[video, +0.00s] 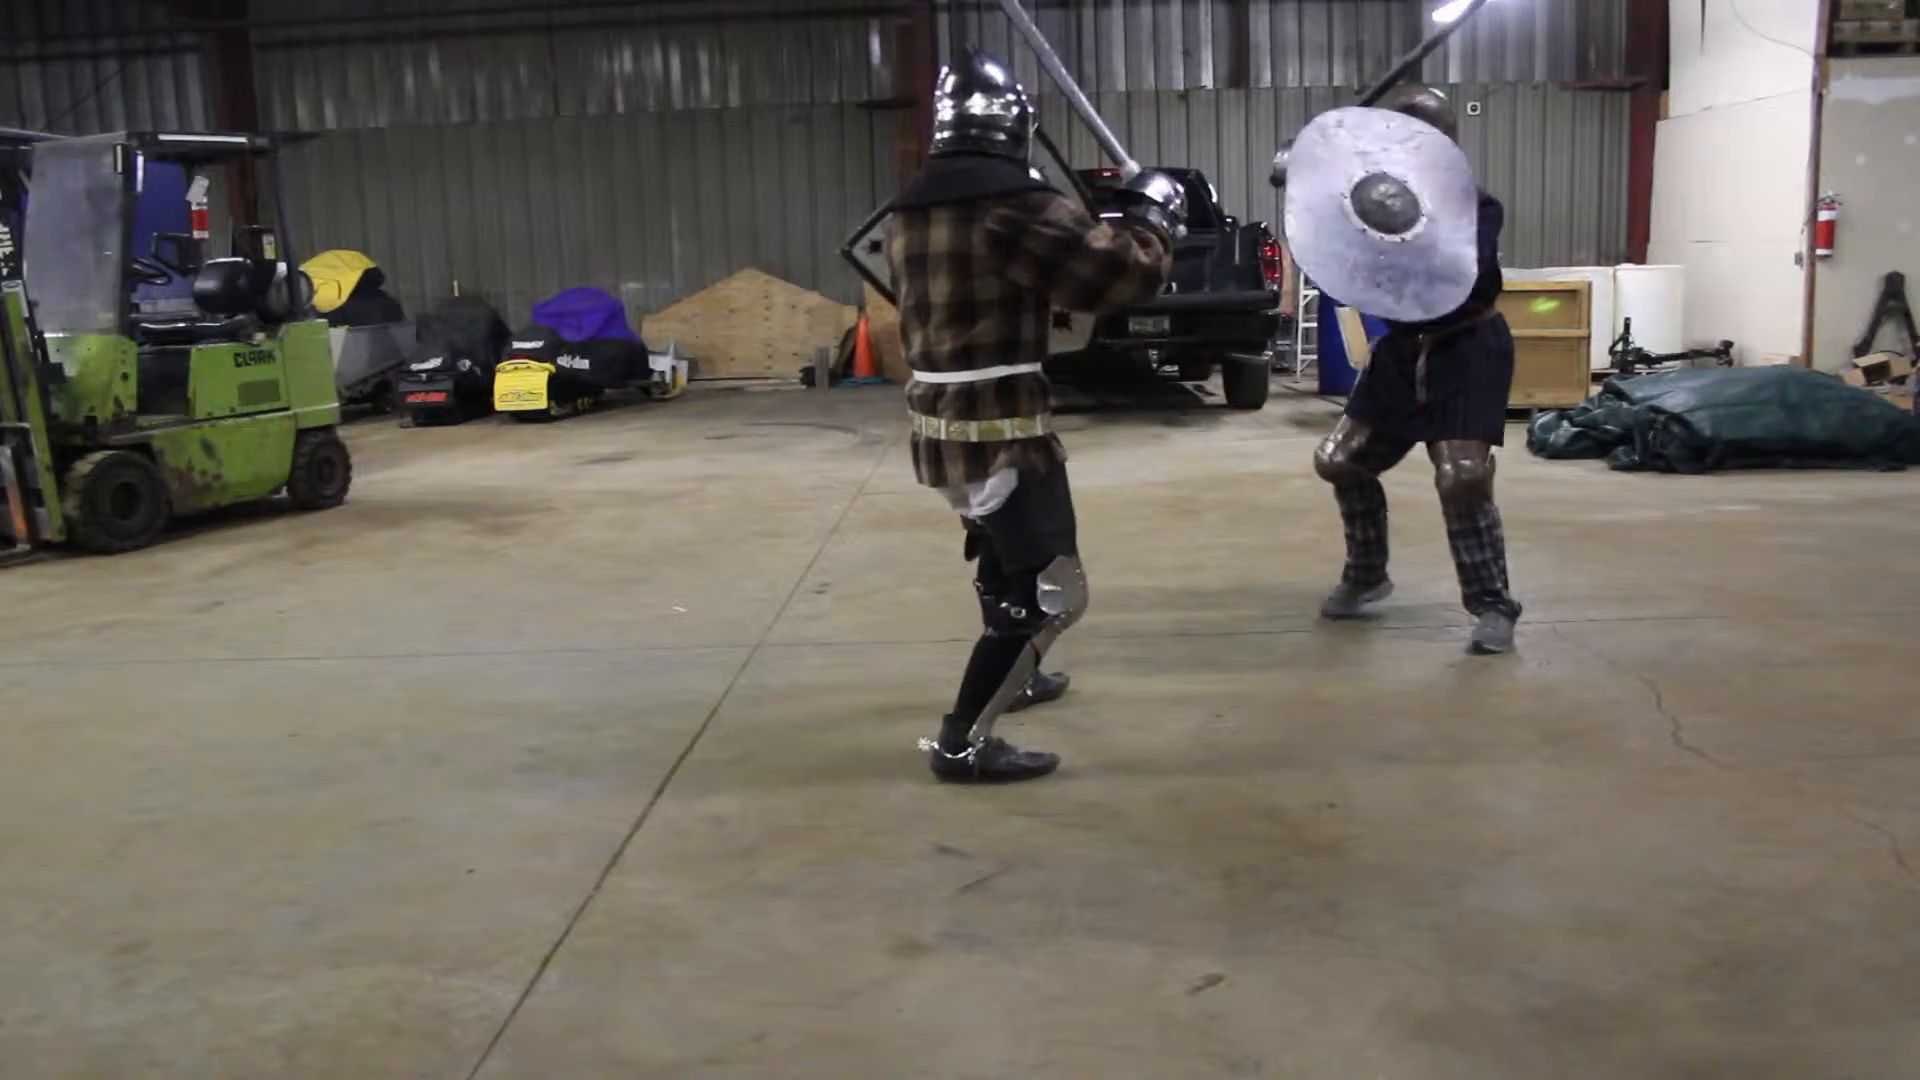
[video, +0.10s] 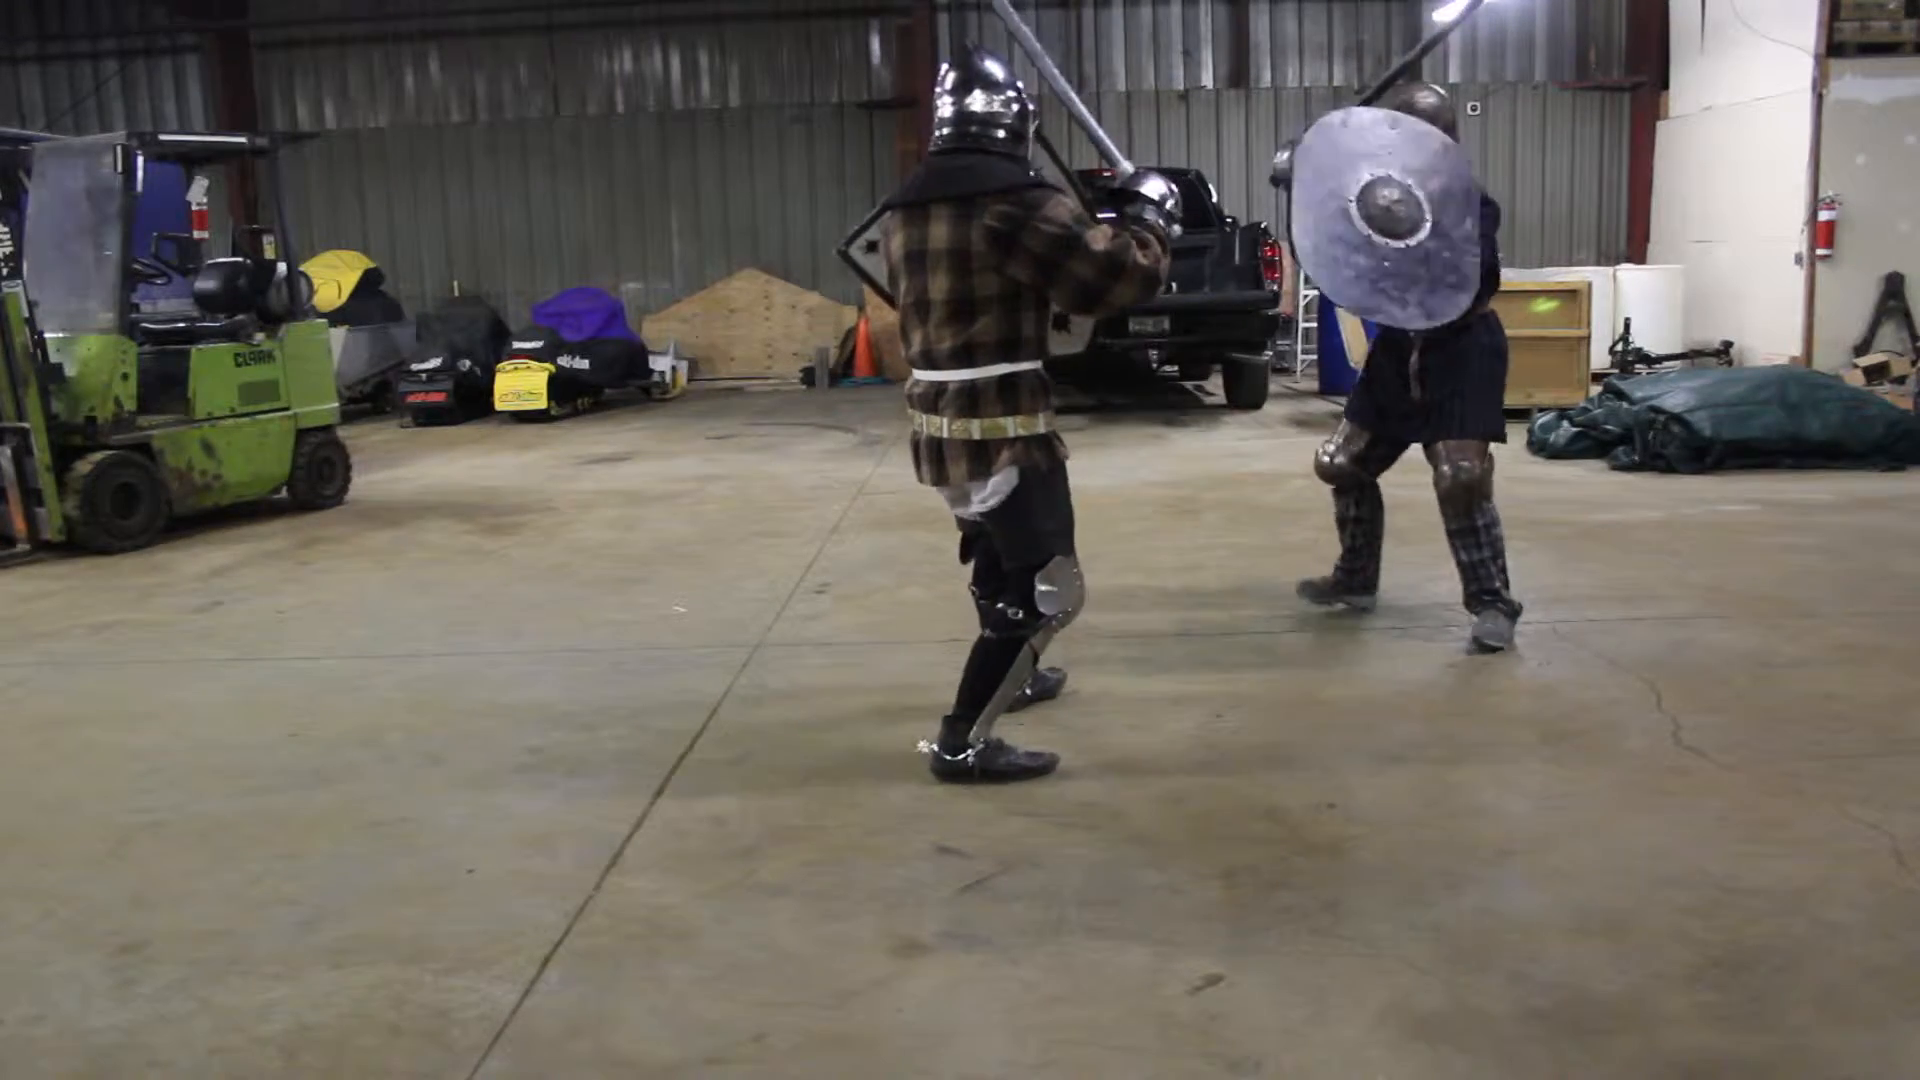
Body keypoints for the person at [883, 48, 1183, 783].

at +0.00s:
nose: (1026, 132)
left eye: (1020, 120)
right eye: (1021, 120)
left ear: (943, 119)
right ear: (1013, 122)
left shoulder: (913, 203)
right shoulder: (1014, 202)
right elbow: (1125, 273)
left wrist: (1087, 210)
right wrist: (1154, 217)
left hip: (941, 428)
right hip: (1003, 431)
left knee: (1000, 552)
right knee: (1046, 593)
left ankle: (1016, 675)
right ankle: (964, 738)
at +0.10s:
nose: (1028, 129)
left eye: (1022, 117)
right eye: (1023, 117)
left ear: (943, 116)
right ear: (1015, 119)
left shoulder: (911, 199)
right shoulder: (1019, 198)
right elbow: (1120, 277)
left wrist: (1085, 209)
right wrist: (1152, 219)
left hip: (938, 425)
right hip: (1004, 428)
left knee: (993, 552)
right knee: (1044, 591)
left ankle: (1012, 675)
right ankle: (963, 740)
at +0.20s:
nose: (1028, 122)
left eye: (1023, 110)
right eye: (1024, 110)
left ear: (943, 110)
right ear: (1016, 111)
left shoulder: (911, 198)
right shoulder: (1019, 193)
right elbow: (1126, 269)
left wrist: (1085, 205)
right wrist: (1148, 206)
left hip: (939, 422)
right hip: (1005, 425)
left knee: (990, 553)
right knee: (1037, 591)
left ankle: (1009, 674)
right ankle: (963, 740)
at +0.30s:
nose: (1026, 120)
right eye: (1022, 108)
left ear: (944, 110)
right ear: (1019, 110)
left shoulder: (913, 197)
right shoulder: (1021, 194)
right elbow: (1131, 265)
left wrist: (1088, 204)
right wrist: (1145, 199)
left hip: (943, 420)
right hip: (1007, 423)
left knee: (994, 550)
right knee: (1038, 586)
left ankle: (1005, 675)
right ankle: (962, 740)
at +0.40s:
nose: (1027, 120)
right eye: (1023, 108)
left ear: (946, 110)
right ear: (1020, 111)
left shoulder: (916, 196)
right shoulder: (1024, 193)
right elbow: (1126, 268)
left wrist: (1092, 205)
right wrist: (1144, 200)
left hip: (948, 419)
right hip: (1012, 423)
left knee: (1000, 550)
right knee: (1034, 588)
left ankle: (1005, 676)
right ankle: (962, 738)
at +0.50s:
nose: (1030, 122)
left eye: (1021, 110)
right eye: (1026, 110)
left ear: (951, 115)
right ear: (1021, 114)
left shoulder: (921, 200)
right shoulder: (1026, 194)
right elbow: (1127, 270)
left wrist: (1096, 206)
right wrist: (1150, 204)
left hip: (955, 416)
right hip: (1017, 419)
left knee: (1003, 548)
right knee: (1037, 583)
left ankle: (1005, 676)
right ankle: (963, 733)